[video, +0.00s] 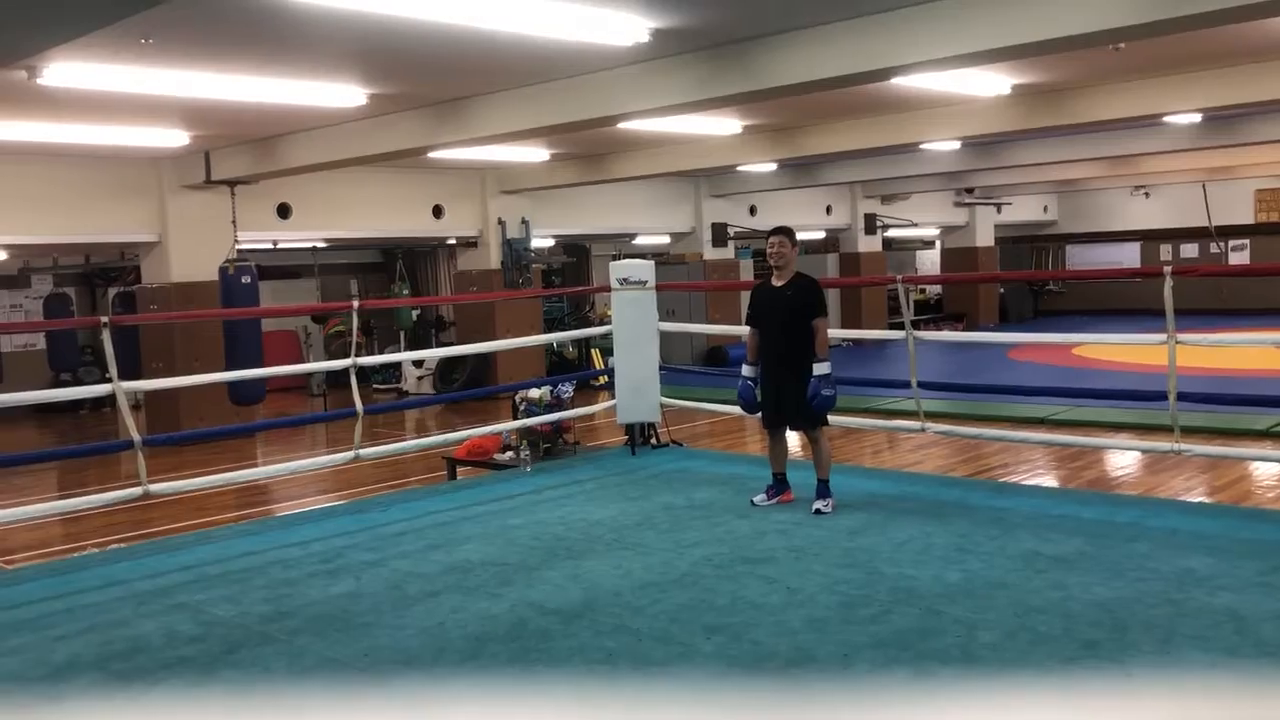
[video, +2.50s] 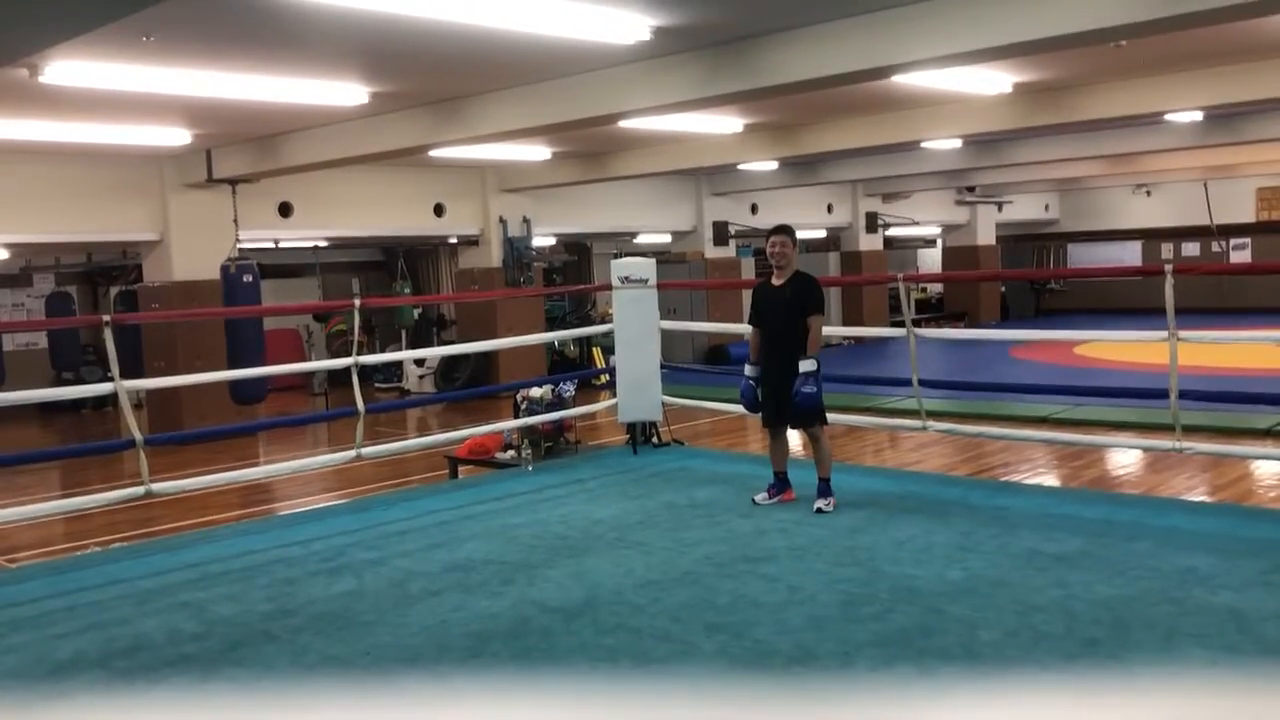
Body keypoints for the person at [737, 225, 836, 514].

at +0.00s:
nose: (775, 250)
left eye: (781, 245)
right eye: (771, 246)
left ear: (794, 250)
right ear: (766, 252)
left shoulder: (809, 286)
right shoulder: (760, 291)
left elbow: (821, 331)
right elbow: (753, 335)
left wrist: (823, 373)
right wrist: (748, 376)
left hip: (803, 373)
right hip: (771, 374)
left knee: (814, 432)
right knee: (774, 431)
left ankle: (823, 491)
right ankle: (779, 485)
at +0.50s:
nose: (778, 250)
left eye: (785, 245)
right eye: (774, 245)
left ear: (797, 250)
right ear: (769, 251)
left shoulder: (810, 281)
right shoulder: (762, 289)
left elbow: (812, 303)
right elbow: (755, 333)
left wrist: (795, 310)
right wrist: (750, 375)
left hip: (804, 370)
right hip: (773, 371)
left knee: (816, 431)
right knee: (776, 429)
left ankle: (826, 491)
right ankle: (781, 485)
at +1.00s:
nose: (777, 249)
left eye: (784, 244)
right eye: (773, 245)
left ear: (796, 249)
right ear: (767, 251)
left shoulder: (809, 280)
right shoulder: (764, 290)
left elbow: (808, 301)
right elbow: (759, 334)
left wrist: (786, 312)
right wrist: (755, 374)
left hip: (802, 367)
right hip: (772, 368)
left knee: (815, 430)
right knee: (775, 428)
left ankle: (824, 489)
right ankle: (780, 484)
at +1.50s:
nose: (776, 249)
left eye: (782, 244)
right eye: (772, 244)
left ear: (794, 249)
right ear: (766, 251)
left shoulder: (809, 285)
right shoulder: (761, 289)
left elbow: (822, 331)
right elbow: (756, 333)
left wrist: (829, 371)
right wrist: (751, 374)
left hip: (804, 371)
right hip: (773, 373)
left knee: (815, 430)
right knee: (776, 429)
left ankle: (825, 488)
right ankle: (781, 483)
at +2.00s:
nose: (778, 250)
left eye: (784, 244)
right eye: (773, 245)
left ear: (795, 248)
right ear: (767, 250)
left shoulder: (811, 284)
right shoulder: (760, 289)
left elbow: (824, 330)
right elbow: (753, 334)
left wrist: (829, 371)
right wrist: (748, 374)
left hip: (805, 371)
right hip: (773, 372)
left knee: (816, 430)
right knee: (776, 429)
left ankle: (825, 488)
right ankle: (781, 483)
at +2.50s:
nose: (777, 250)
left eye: (783, 245)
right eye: (772, 245)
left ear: (794, 249)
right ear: (766, 250)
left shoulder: (808, 284)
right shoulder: (761, 289)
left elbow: (815, 329)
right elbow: (756, 333)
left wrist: (809, 370)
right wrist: (751, 374)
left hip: (800, 369)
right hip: (770, 369)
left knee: (814, 431)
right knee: (774, 429)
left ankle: (824, 490)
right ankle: (780, 484)